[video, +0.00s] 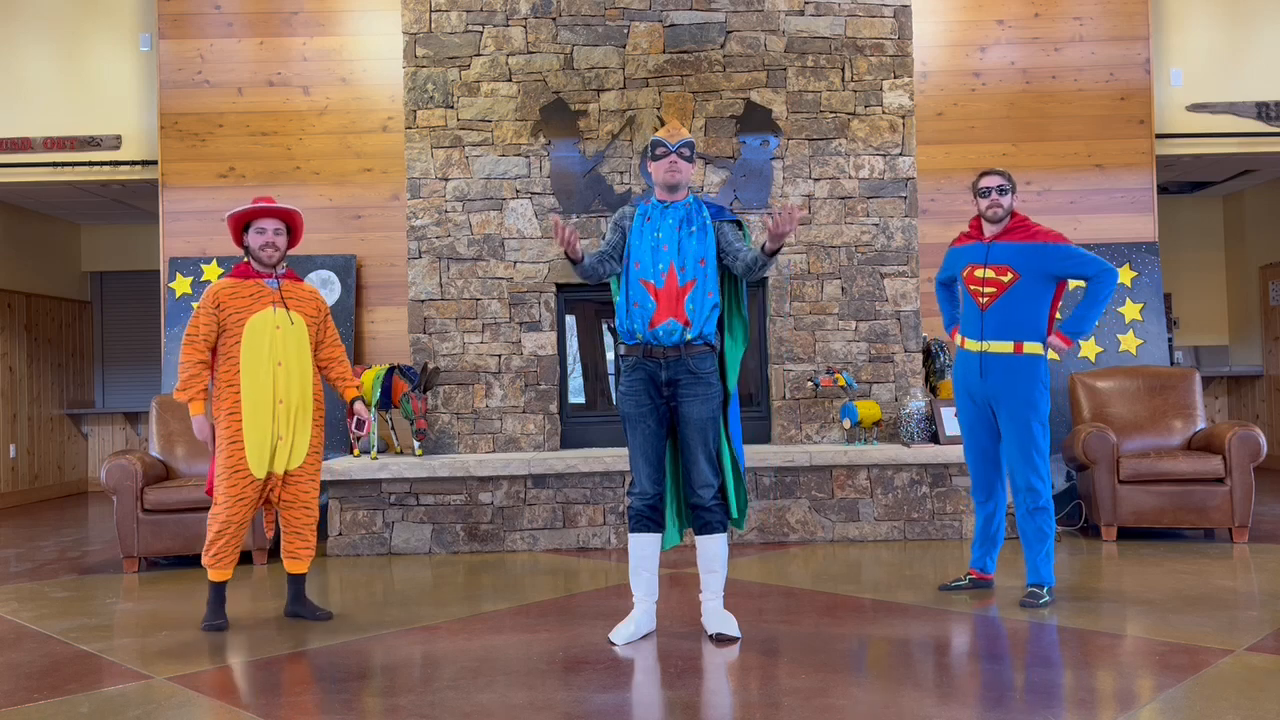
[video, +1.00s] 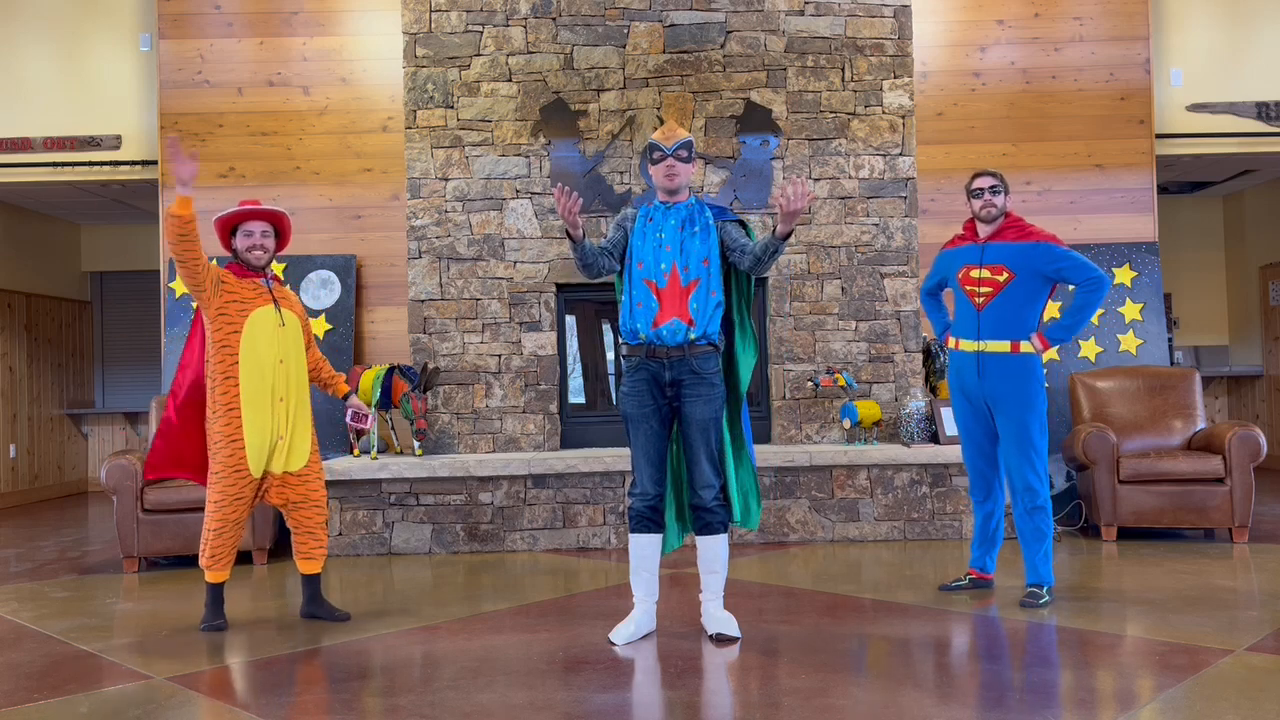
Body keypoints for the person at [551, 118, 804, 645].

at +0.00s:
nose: (674, 159)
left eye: (683, 154)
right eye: (663, 154)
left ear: (695, 168)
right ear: (647, 168)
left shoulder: (713, 217)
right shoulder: (628, 218)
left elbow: (745, 266)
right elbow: (604, 267)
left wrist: (769, 246)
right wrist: (578, 256)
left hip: (696, 364)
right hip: (639, 366)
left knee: (705, 484)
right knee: (645, 488)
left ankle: (714, 608)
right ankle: (643, 609)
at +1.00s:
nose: (671, 164)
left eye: (681, 156)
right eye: (660, 157)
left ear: (696, 166)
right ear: (647, 167)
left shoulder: (716, 217)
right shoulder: (632, 216)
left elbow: (752, 262)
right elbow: (597, 265)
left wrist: (781, 230)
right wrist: (577, 235)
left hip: (700, 365)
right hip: (641, 367)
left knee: (707, 485)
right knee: (646, 488)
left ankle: (714, 607)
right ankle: (644, 609)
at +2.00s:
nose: (645, 164)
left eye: (656, 155)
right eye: (642, 159)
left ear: (685, 163)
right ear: (643, 170)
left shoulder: (720, 220)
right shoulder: (637, 222)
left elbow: (753, 286)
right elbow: (605, 291)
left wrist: (774, 257)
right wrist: (595, 263)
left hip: (700, 366)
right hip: (641, 367)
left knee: (706, 484)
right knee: (647, 487)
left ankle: (713, 608)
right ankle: (644, 610)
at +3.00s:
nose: (672, 166)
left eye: (681, 157)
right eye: (662, 159)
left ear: (695, 166)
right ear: (647, 168)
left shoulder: (719, 223)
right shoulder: (628, 223)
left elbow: (753, 291)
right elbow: (599, 296)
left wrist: (806, 269)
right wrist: (554, 267)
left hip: (701, 366)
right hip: (641, 366)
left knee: (707, 486)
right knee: (646, 489)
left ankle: (714, 608)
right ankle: (644, 610)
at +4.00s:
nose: (677, 164)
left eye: (686, 155)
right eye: (666, 155)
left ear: (698, 164)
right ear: (650, 164)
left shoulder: (721, 221)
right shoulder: (630, 221)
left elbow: (741, 304)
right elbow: (609, 304)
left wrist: (755, 283)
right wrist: (595, 274)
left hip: (702, 364)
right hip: (642, 365)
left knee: (708, 485)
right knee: (647, 486)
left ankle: (713, 607)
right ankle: (643, 609)